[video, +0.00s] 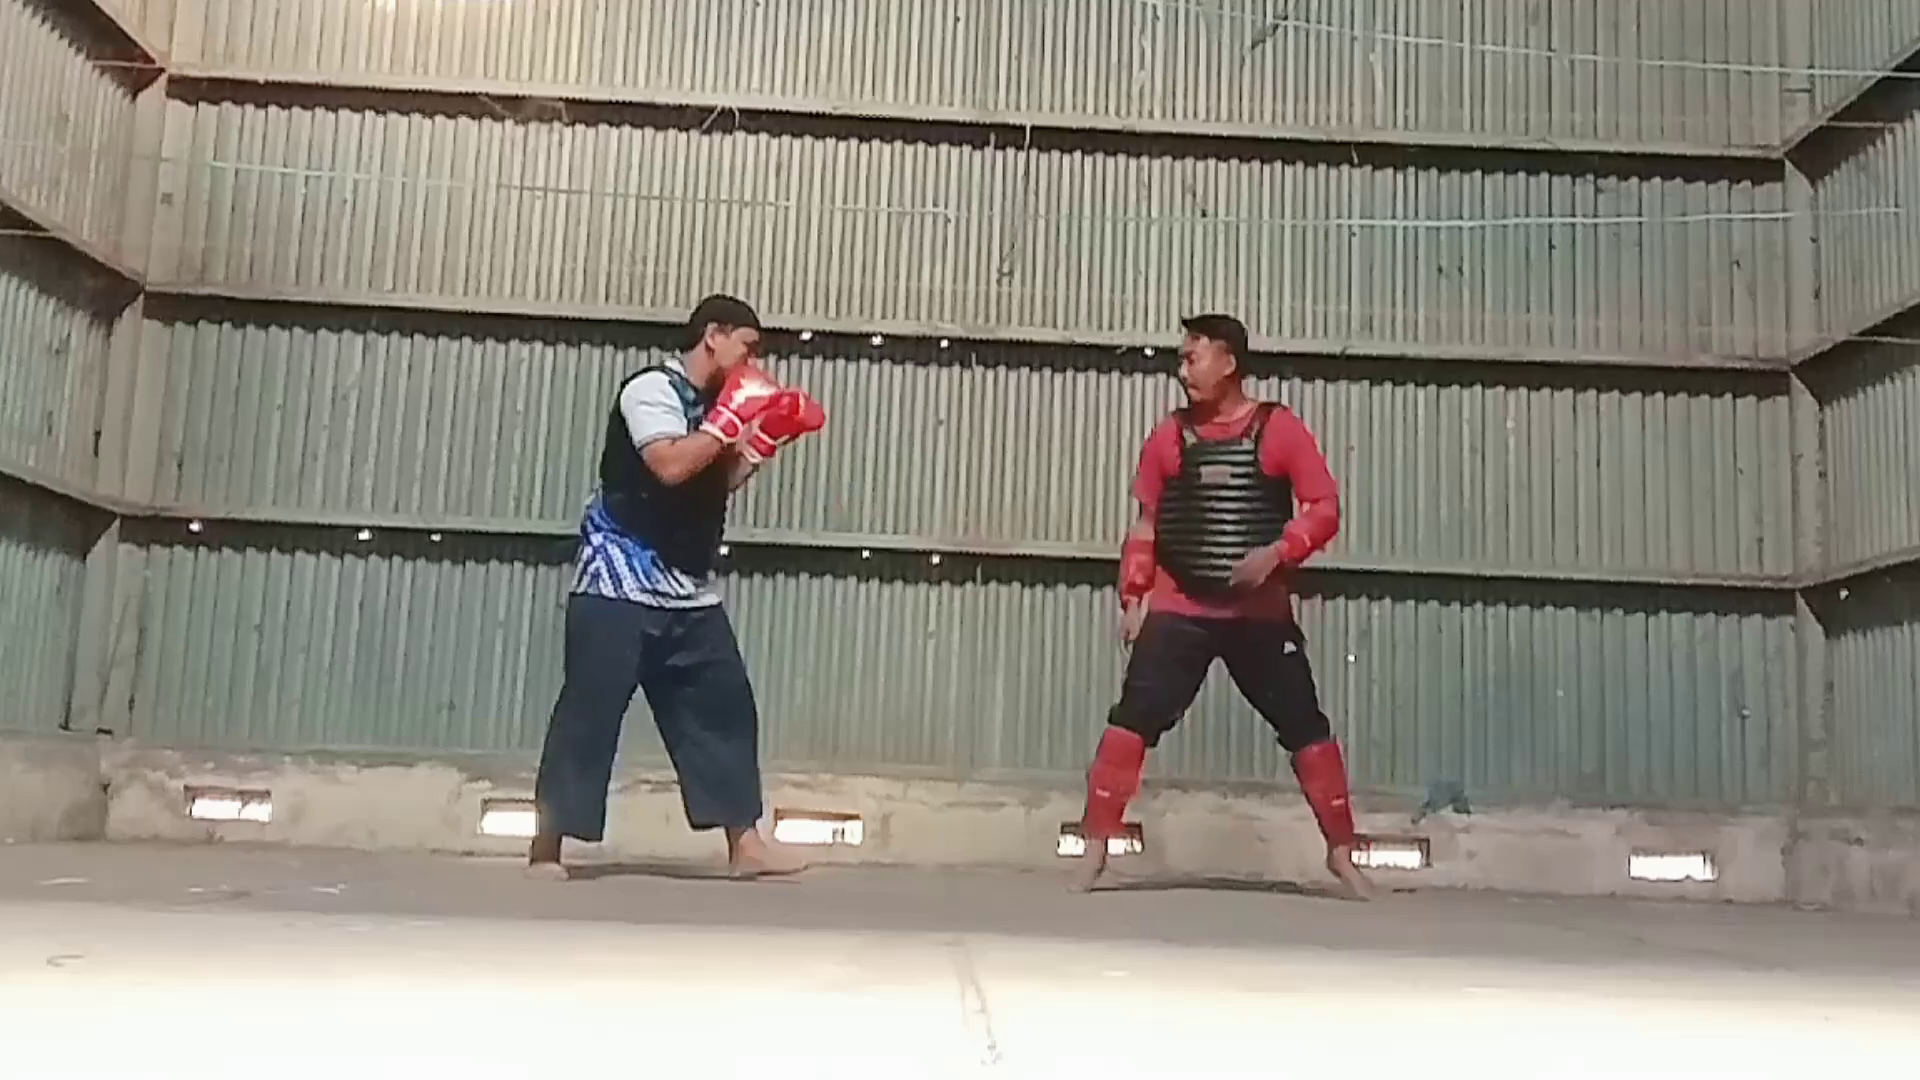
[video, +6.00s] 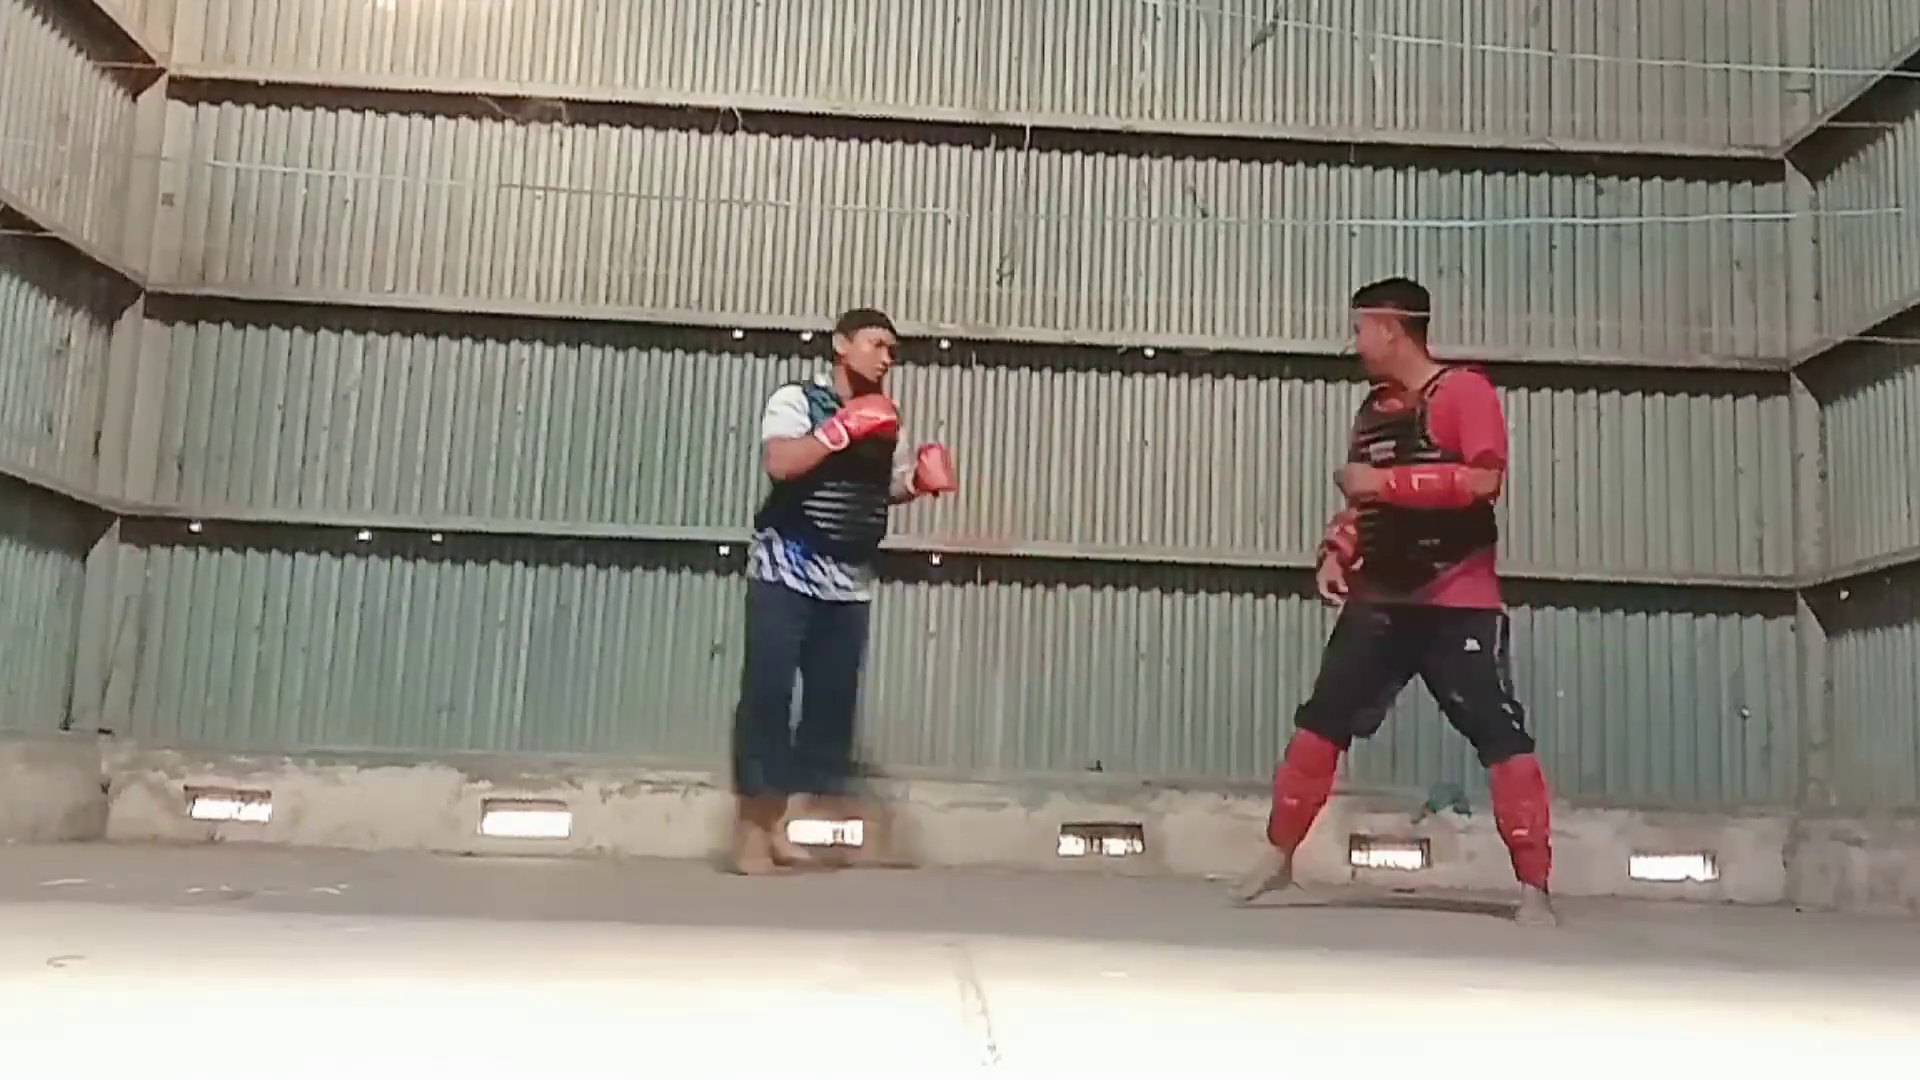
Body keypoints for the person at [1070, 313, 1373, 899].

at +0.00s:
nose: (1185, 368)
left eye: (1196, 358)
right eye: (1184, 358)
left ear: (1231, 363)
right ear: (1192, 365)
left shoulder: (1278, 428)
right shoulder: (1168, 437)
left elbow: (1324, 508)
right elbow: (1146, 519)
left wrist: (1275, 554)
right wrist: (1134, 591)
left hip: (1258, 616)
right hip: (1178, 613)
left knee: (1304, 726)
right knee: (1133, 718)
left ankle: (1342, 851)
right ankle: (1095, 848)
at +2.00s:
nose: (1066, 404)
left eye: (1076, 393)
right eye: (1063, 395)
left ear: (1112, 395)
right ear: (1065, 400)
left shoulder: (1156, 456)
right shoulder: (1054, 468)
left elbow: (1201, 526)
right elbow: (1031, 548)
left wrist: (1151, 525)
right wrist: (1023, 600)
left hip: (1143, 626)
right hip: (1074, 626)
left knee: (1168, 733)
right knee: (1061, 720)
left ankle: (1184, 855)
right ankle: (1034, 847)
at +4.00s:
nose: (1245, 427)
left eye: (1258, 420)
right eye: (1237, 414)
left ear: (1269, 430)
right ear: (1220, 413)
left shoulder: (1235, 488)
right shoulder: (1200, 452)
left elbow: (1199, 561)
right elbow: (1169, 515)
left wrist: (1234, 581)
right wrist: (1227, 562)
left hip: (1134, 593)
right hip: (1120, 569)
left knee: (1106, 724)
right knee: (1111, 641)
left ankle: (1075, 853)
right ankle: (1035, 572)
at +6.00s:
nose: (1354, 342)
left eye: (1361, 328)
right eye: (1354, 329)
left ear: (1396, 328)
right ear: (1391, 330)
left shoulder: (1465, 389)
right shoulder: (1375, 410)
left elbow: (1482, 481)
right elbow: (1366, 500)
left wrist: (1381, 484)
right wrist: (1334, 549)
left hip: (1458, 603)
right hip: (1378, 601)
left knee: (1500, 737)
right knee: (1322, 721)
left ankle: (1535, 890)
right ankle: (1277, 859)